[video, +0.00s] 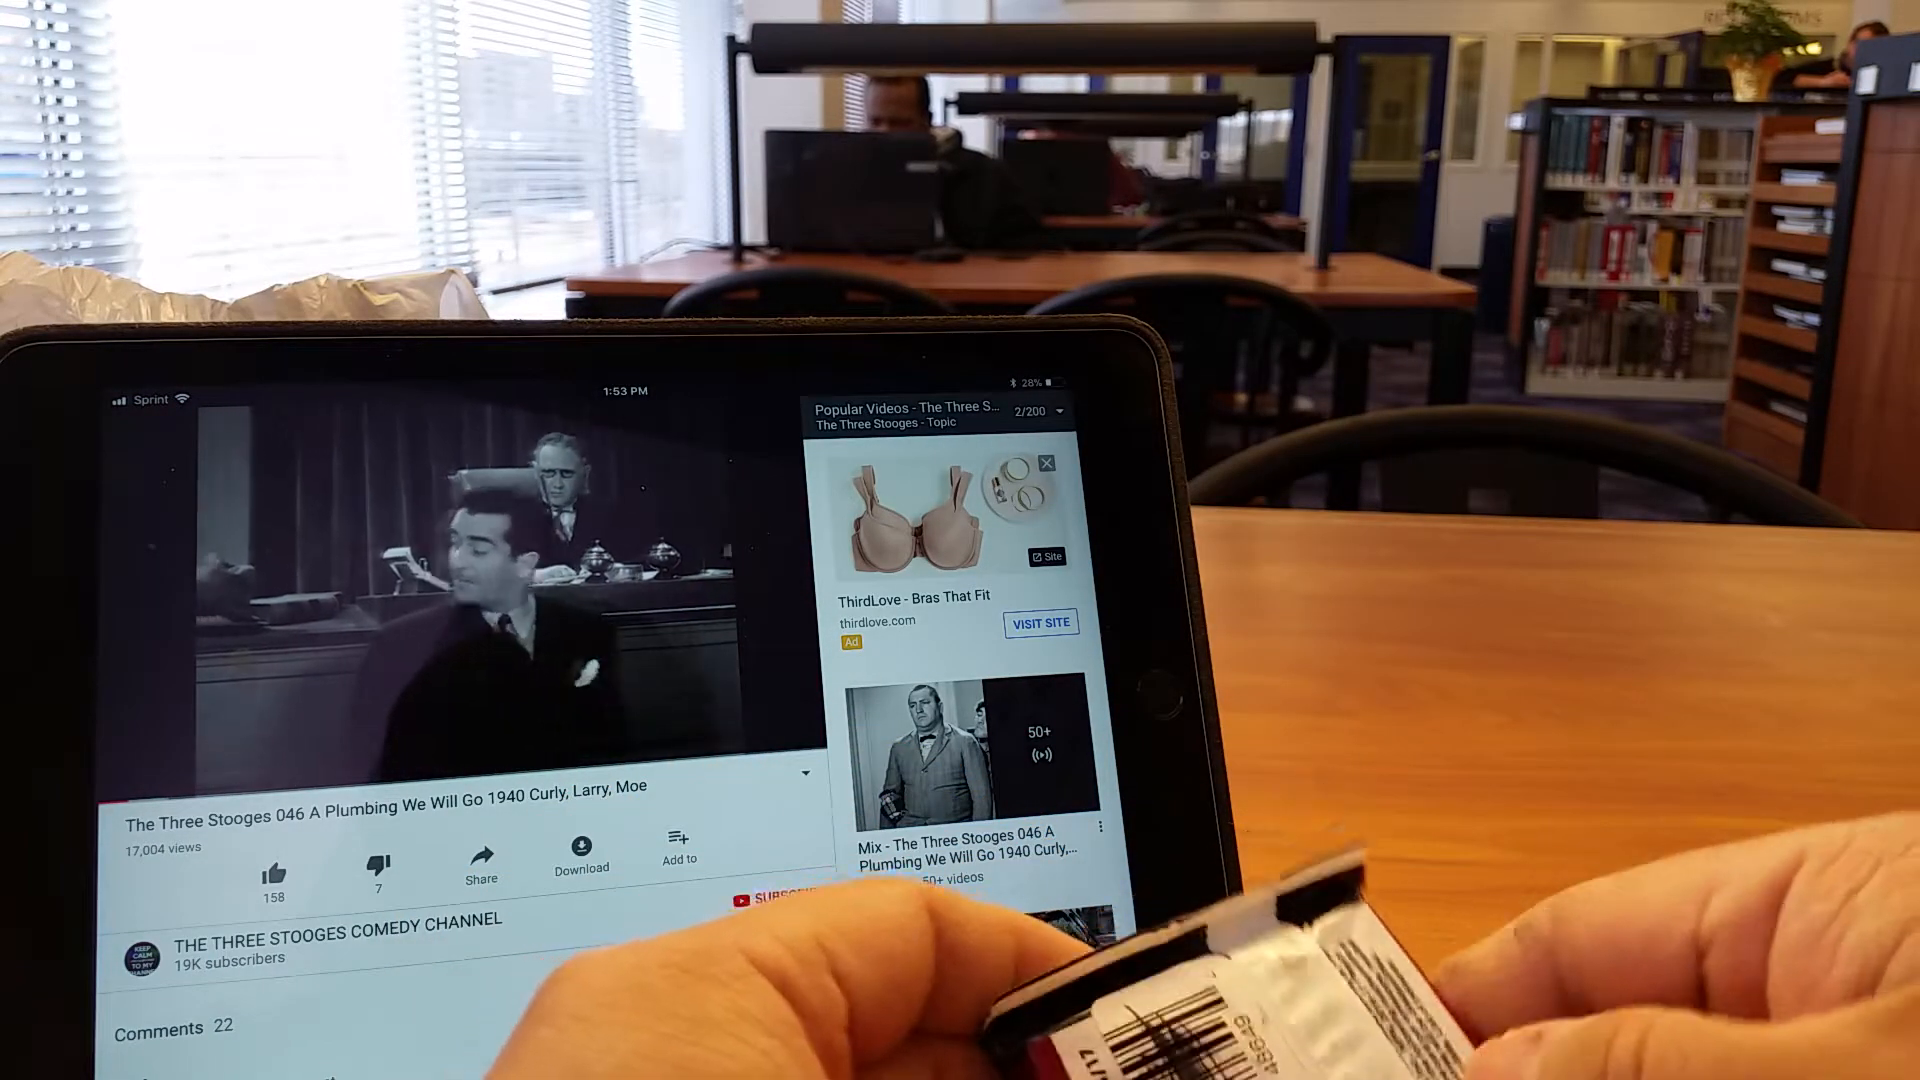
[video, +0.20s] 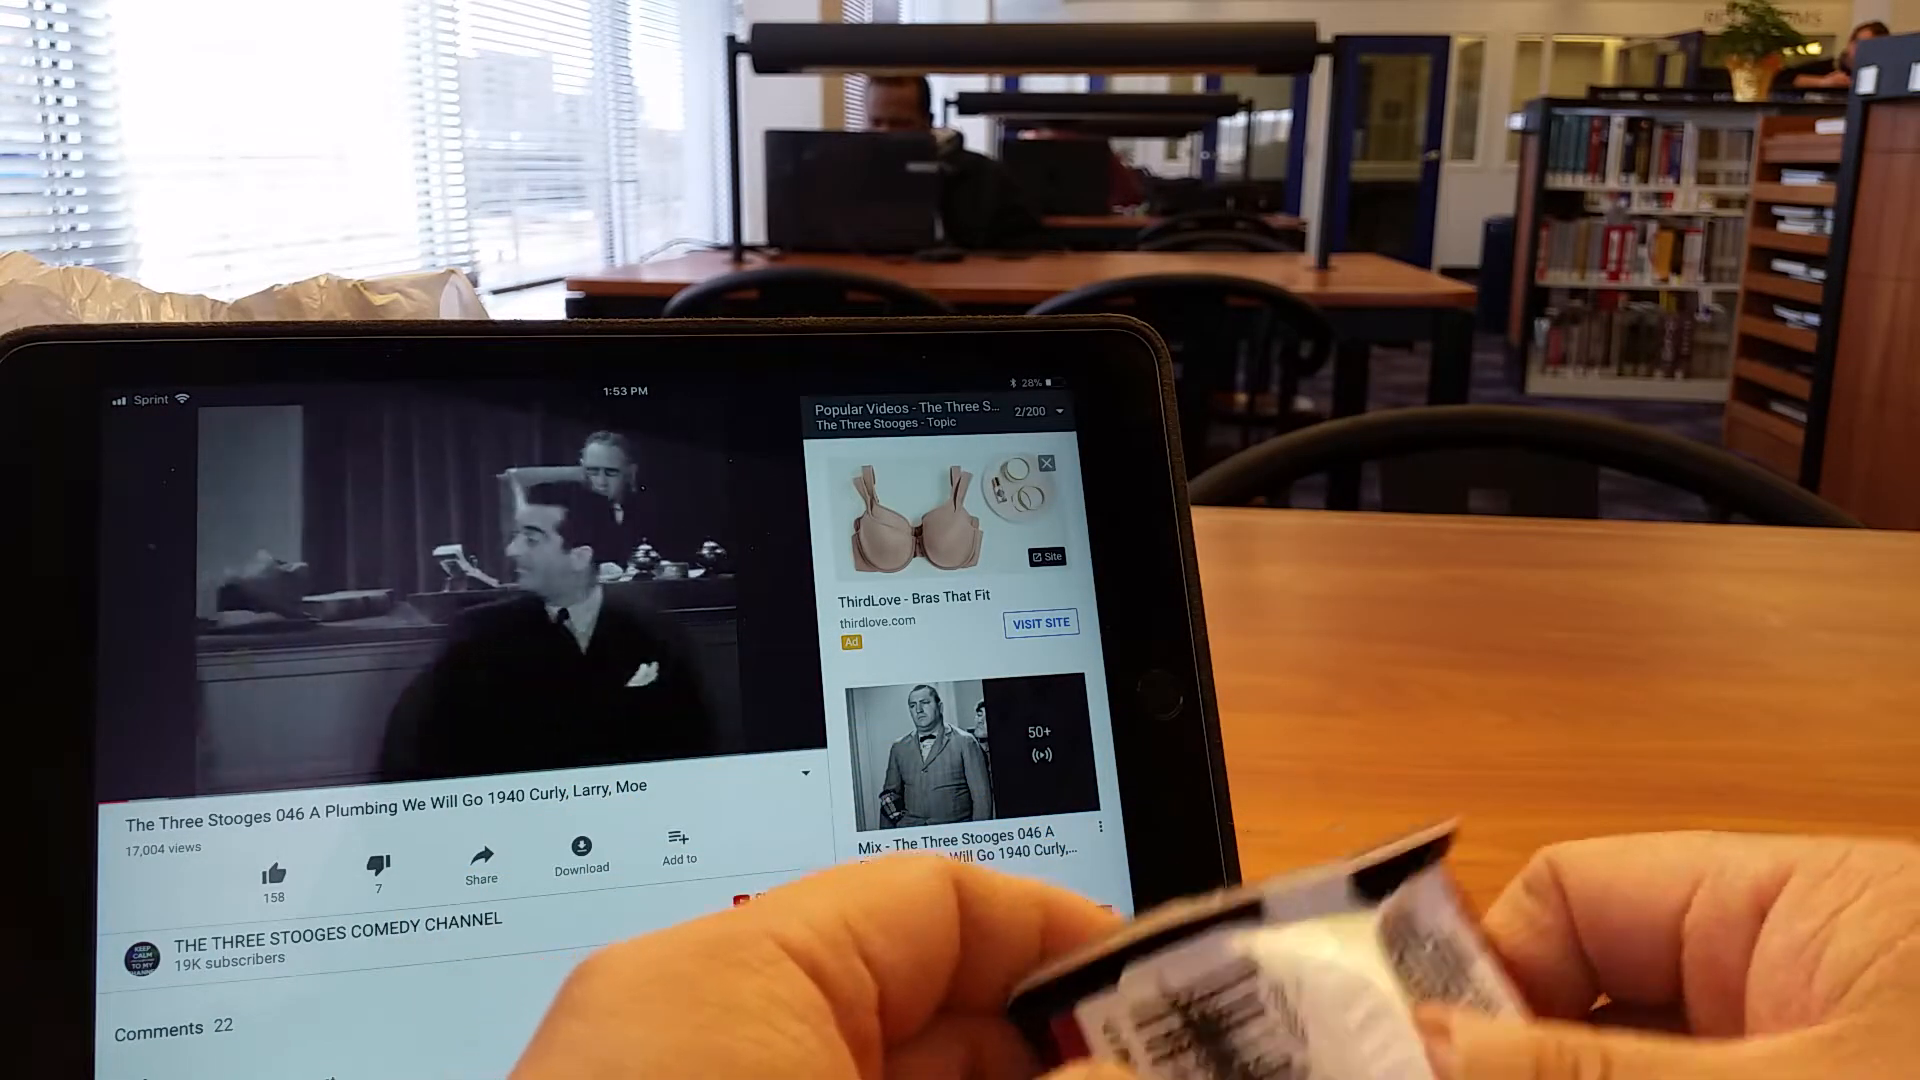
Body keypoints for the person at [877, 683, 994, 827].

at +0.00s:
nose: (919, 710)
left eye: (925, 703)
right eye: (913, 705)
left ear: (939, 707)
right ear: (909, 711)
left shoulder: (964, 742)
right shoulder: (899, 748)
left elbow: (981, 795)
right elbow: (890, 796)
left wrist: (979, 835)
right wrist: (886, 838)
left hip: (955, 831)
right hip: (910, 835)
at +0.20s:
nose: (919, 710)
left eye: (925, 703)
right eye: (913, 705)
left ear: (939, 707)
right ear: (909, 711)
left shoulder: (964, 742)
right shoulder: (899, 748)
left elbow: (981, 795)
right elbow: (890, 796)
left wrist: (979, 835)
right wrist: (886, 838)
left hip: (955, 831)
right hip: (910, 835)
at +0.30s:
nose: (919, 710)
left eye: (925, 703)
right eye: (913, 705)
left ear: (940, 707)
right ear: (910, 711)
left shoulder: (965, 743)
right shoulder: (899, 749)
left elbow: (982, 796)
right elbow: (890, 795)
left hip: (956, 821)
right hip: (914, 824)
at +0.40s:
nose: (918, 709)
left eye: (925, 703)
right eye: (913, 705)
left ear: (939, 707)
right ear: (909, 711)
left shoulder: (964, 742)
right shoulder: (899, 749)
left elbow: (980, 794)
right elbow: (891, 794)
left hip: (956, 821)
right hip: (915, 825)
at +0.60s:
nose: (919, 710)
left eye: (925, 703)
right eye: (913, 706)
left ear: (940, 707)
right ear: (910, 712)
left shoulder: (964, 742)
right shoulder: (899, 749)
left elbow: (981, 796)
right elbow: (892, 797)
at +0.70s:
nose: (919, 709)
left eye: (925, 703)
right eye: (913, 705)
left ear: (939, 707)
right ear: (909, 711)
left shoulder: (964, 742)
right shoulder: (899, 748)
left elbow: (981, 795)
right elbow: (891, 791)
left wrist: (979, 835)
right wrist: (889, 801)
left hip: (955, 831)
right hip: (911, 834)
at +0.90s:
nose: (919, 710)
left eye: (925, 703)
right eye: (913, 705)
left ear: (940, 707)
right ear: (909, 711)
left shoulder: (964, 742)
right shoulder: (899, 748)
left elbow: (981, 796)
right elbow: (890, 796)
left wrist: (979, 835)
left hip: (956, 833)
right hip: (911, 836)